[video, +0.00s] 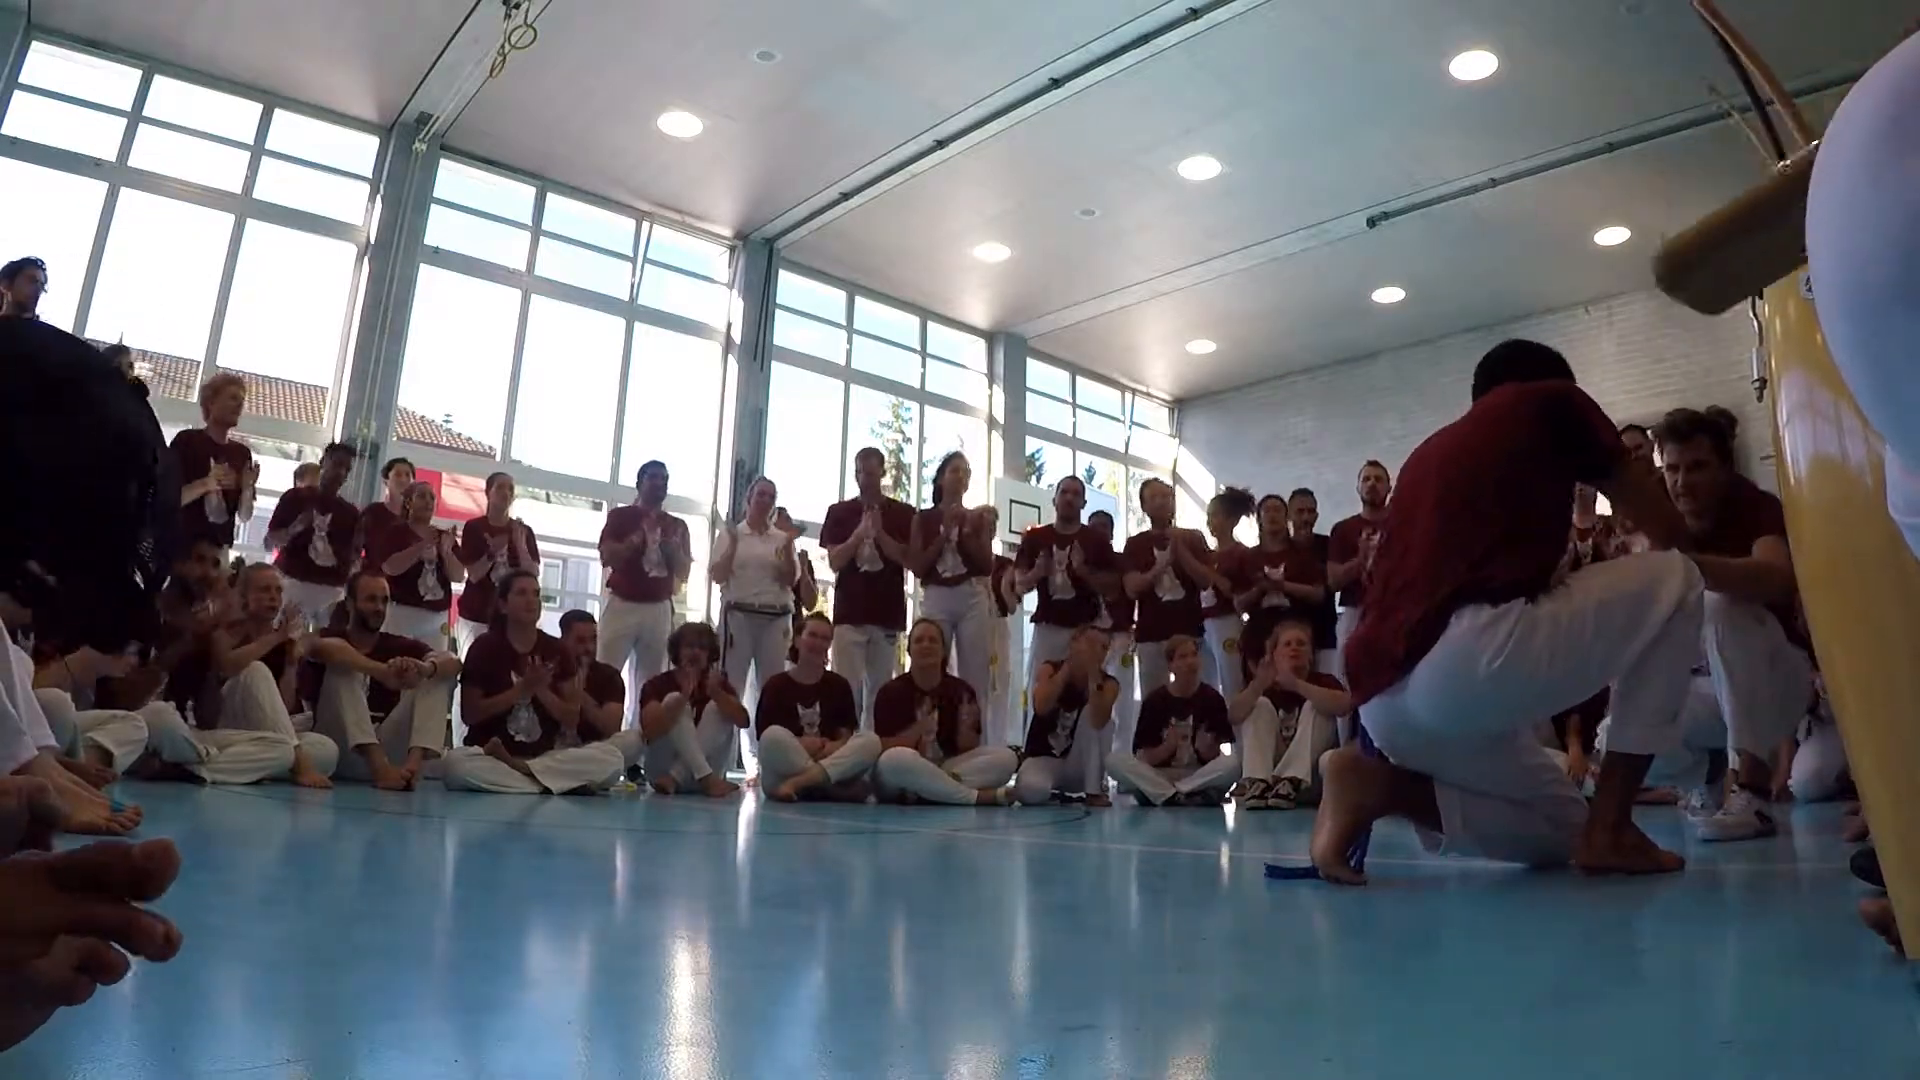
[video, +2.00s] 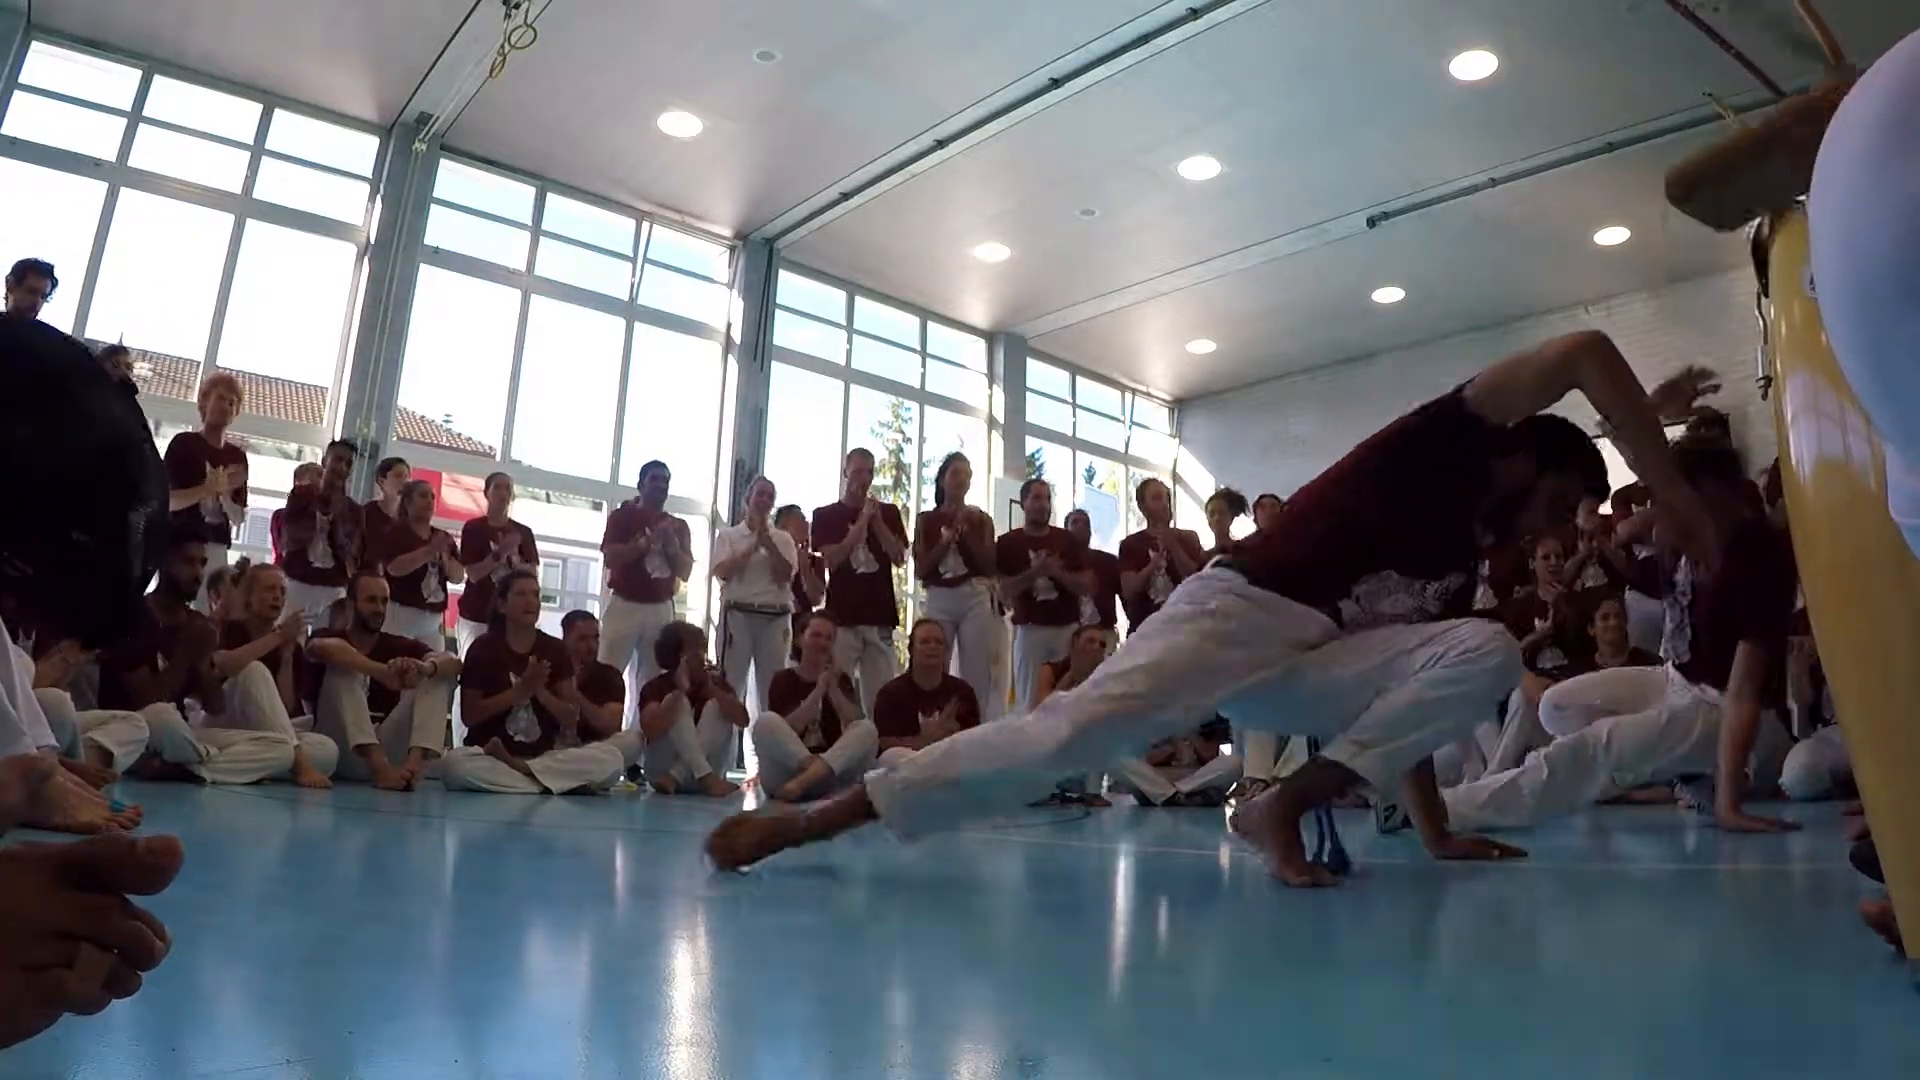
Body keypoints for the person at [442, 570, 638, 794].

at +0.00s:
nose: (531, 601)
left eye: (536, 594)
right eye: (521, 594)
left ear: (542, 602)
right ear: (503, 604)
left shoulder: (558, 648)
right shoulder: (483, 647)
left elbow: (572, 717)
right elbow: (470, 714)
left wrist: (539, 689)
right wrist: (522, 690)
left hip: (545, 756)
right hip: (489, 755)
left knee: (612, 758)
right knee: (455, 766)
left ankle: (523, 766)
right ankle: (549, 786)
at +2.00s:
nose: (531, 602)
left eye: (535, 595)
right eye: (521, 595)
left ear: (541, 602)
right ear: (501, 604)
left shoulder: (556, 649)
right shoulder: (482, 648)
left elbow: (571, 717)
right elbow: (470, 715)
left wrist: (538, 690)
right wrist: (520, 691)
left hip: (546, 755)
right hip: (489, 754)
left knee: (612, 759)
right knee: (454, 765)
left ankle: (524, 766)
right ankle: (549, 786)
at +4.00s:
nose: (529, 603)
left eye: (534, 597)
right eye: (519, 597)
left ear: (540, 603)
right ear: (500, 605)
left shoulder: (556, 649)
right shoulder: (481, 648)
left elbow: (570, 718)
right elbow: (469, 717)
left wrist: (536, 691)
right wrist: (521, 690)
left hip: (546, 756)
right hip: (489, 755)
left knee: (612, 759)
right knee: (455, 766)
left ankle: (522, 766)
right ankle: (548, 786)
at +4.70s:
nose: (530, 603)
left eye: (534, 597)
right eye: (520, 596)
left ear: (540, 603)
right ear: (501, 605)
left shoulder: (556, 649)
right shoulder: (481, 648)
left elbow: (571, 717)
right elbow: (469, 716)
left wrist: (537, 689)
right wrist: (521, 689)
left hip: (545, 756)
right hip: (487, 755)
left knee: (612, 758)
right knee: (454, 764)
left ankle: (521, 766)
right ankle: (548, 786)